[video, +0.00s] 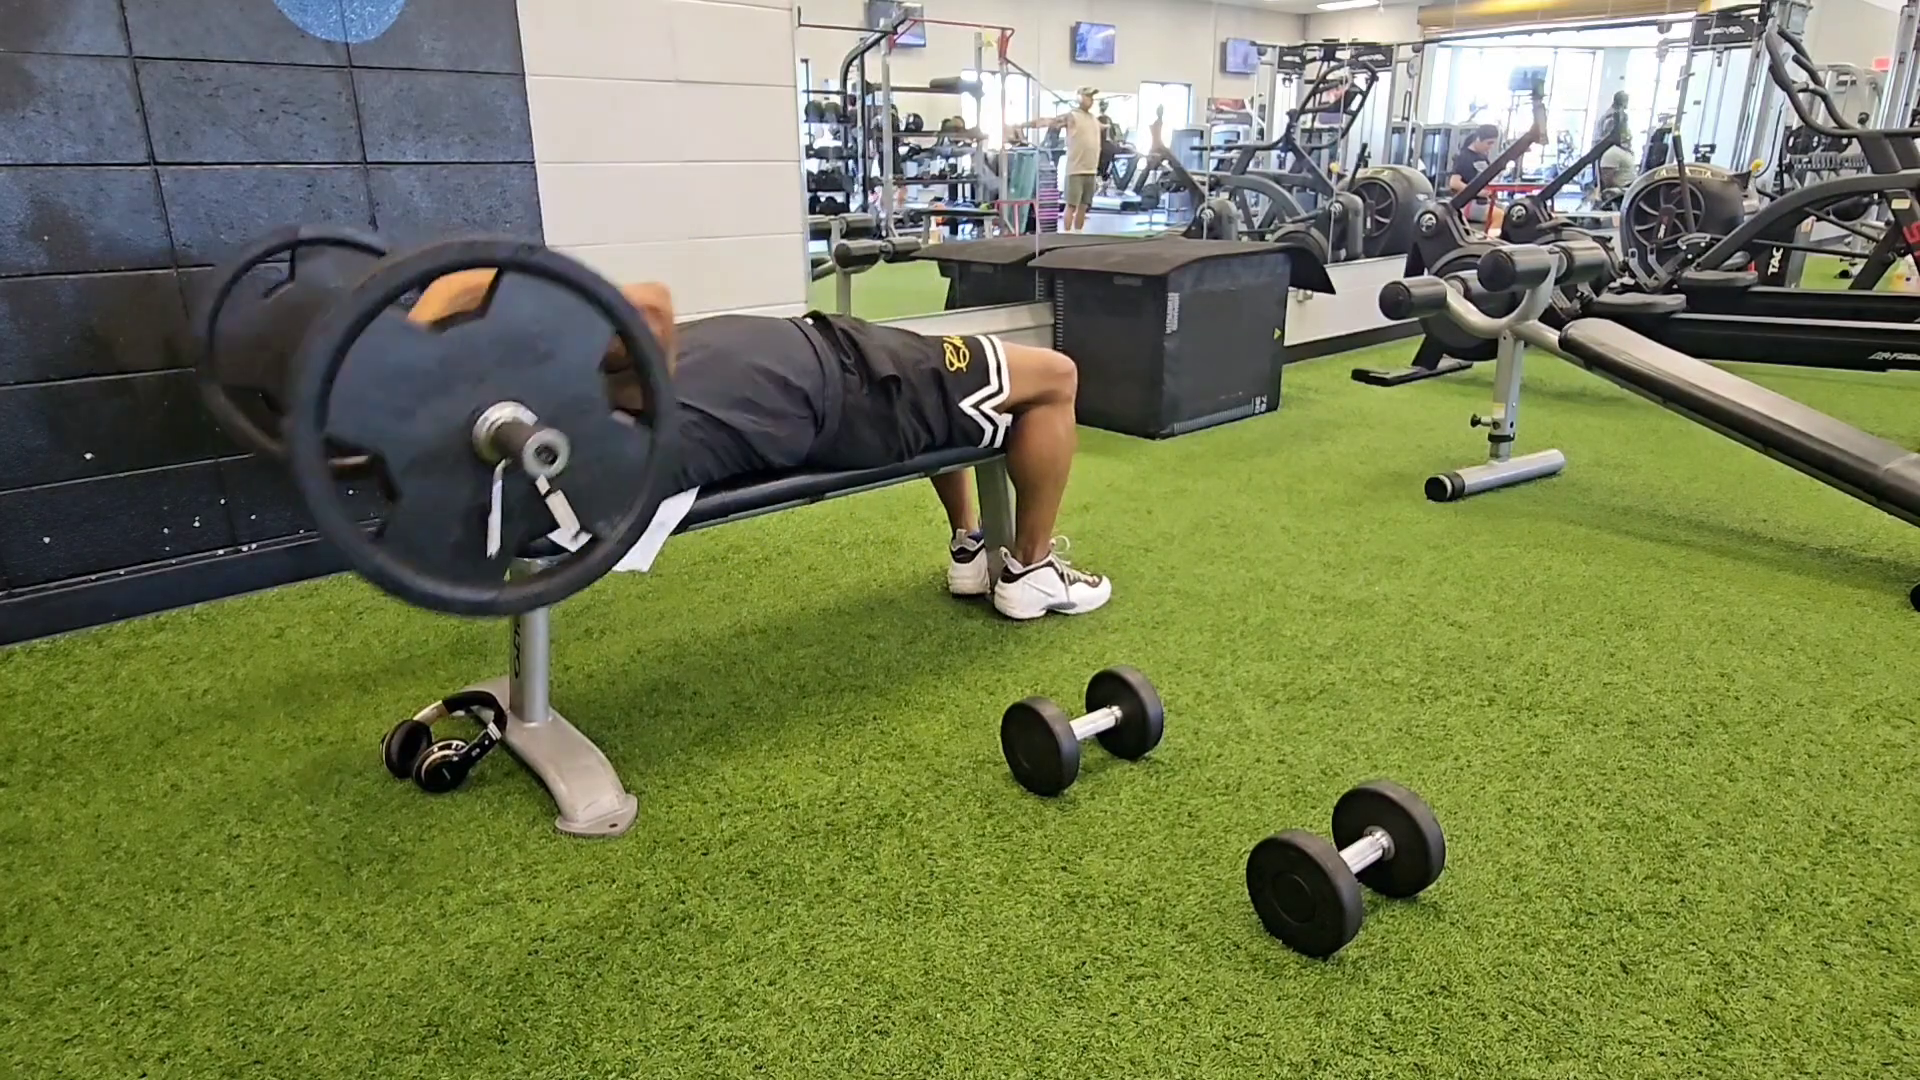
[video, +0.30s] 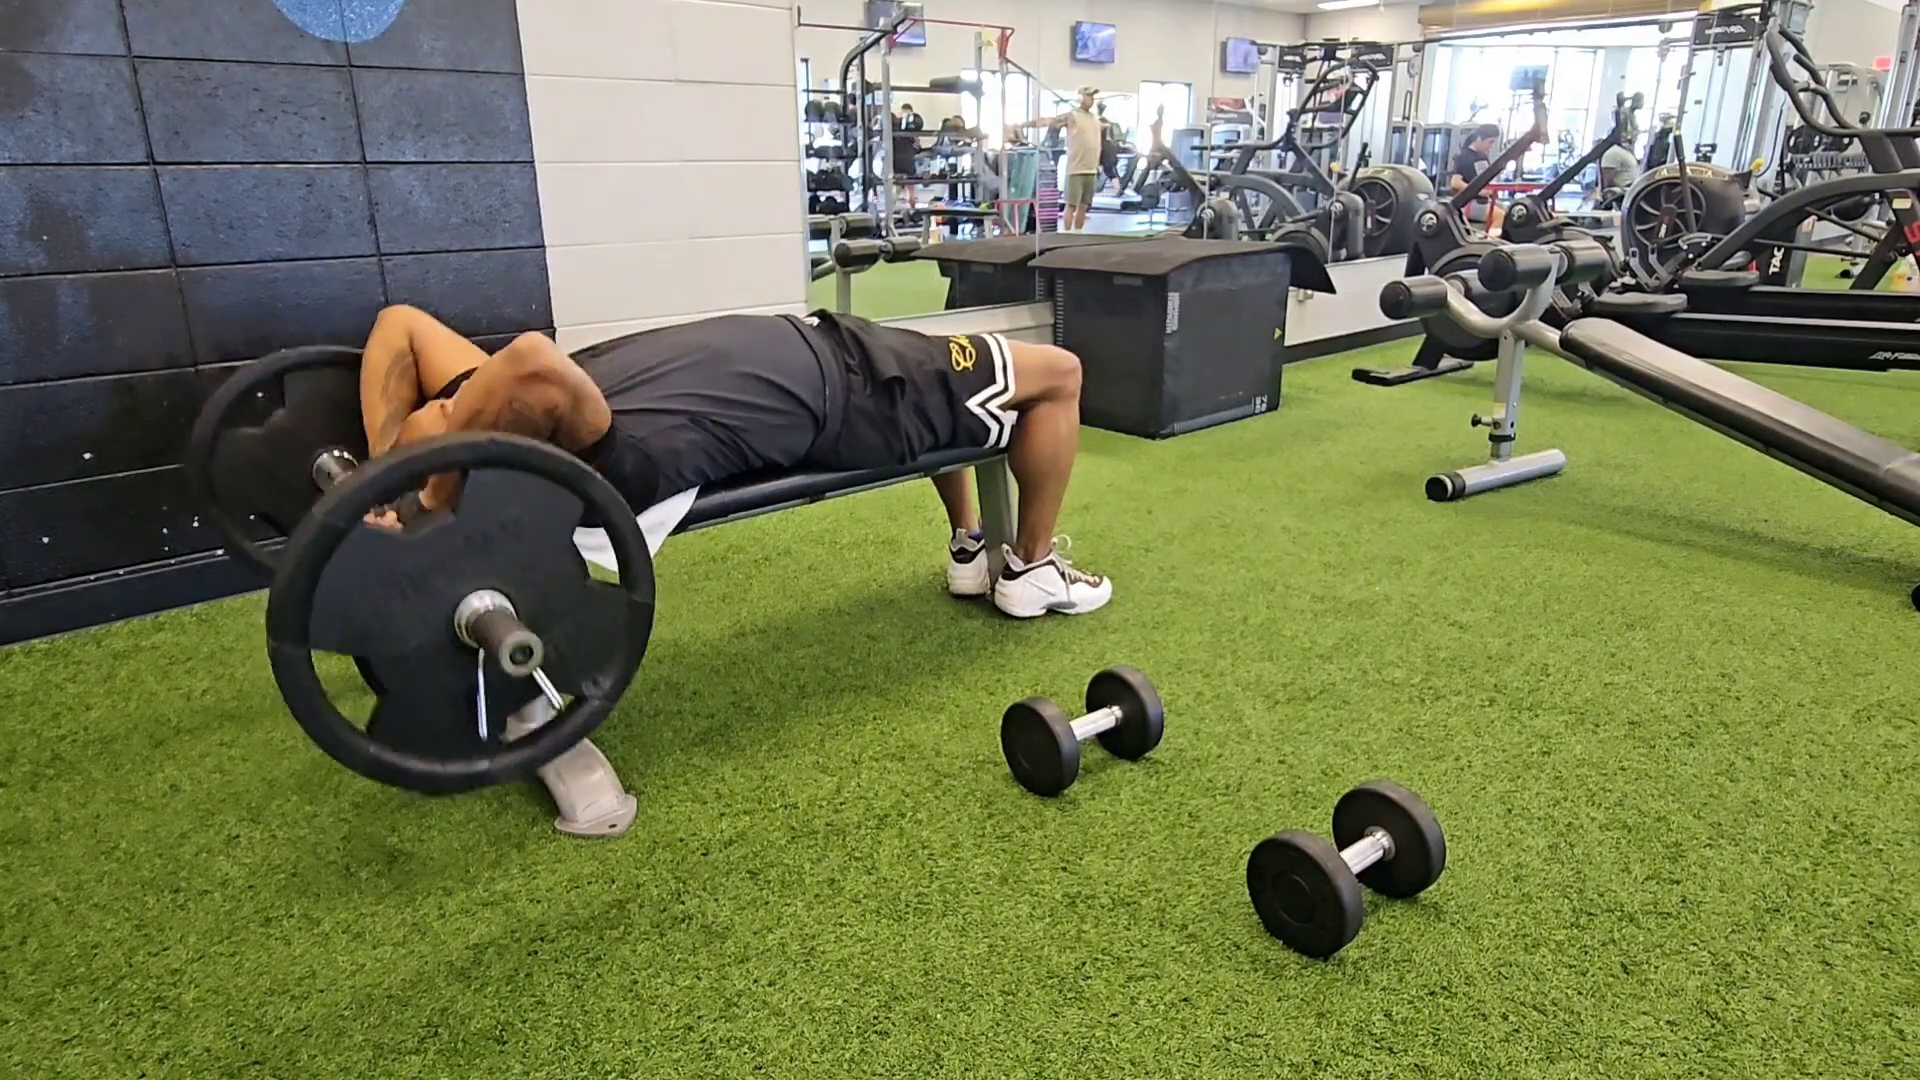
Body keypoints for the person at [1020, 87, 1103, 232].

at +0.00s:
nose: (1091, 100)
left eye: (1092, 97)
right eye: (1088, 97)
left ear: (1091, 100)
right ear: (1080, 98)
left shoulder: (1093, 120)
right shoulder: (1071, 116)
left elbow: (1103, 127)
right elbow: (1048, 122)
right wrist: (1023, 125)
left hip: (1091, 169)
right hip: (1075, 168)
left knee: (1083, 207)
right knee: (1072, 205)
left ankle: (1078, 235)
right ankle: (1067, 235)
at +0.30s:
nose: (1092, 100)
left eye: (1093, 97)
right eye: (1089, 97)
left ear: (1092, 100)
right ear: (1081, 98)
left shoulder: (1094, 119)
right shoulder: (1072, 116)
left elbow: (1103, 126)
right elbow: (1049, 122)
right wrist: (1024, 125)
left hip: (1091, 168)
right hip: (1075, 168)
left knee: (1084, 206)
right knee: (1072, 205)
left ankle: (1078, 234)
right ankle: (1067, 234)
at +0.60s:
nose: (1092, 100)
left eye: (1093, 97)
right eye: (1090, 96)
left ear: (1092, 99)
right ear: (1082, 98)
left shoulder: (1095, 120)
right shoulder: (1072, 116)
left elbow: (1105, 126)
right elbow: (1049, 122)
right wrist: (1023, 125)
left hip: (1092, 169)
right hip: (1076, 168)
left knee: (1083, 207)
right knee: (1072, 206)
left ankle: (1078, 235)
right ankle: (1067, 235)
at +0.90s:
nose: (1092, 100)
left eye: (1093, 97)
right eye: (1089, 96)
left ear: (1092, 99)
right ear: (1081, 98)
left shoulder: (1095, 120)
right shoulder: (1072, 116)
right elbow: (1049, 122)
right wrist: (1023, 125)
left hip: (1092, 169)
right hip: (1076, 168)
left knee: (1084, 207)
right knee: (1072, 205)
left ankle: (1078, 235)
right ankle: (1067, 235)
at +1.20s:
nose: (1091, 101)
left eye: (1092, 98)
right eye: (1088, 98)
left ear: (1093, 101)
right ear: (1081, 99)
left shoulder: (1094, 120)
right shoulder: (1072, 117)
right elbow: (1050, 123)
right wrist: (1025, 126)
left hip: (1091, 169)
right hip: (1076, 169)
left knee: (1084, 207)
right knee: (1075, 205)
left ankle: (1078, 235)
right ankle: (1068, 234)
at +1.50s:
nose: (1086, 101)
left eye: (1087, 98)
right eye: (1083, 98)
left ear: (1086, 101)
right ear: (1075, 99)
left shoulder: (1088, 120)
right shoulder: (1066, 117)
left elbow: (1097, 128)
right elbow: (1044, 125)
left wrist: (1107, 127)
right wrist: (1021, 129)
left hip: (1087, 169)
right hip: (1071, 169)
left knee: (1082, 206)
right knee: (1070, 205)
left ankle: (1078, 234)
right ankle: (1053, 226)